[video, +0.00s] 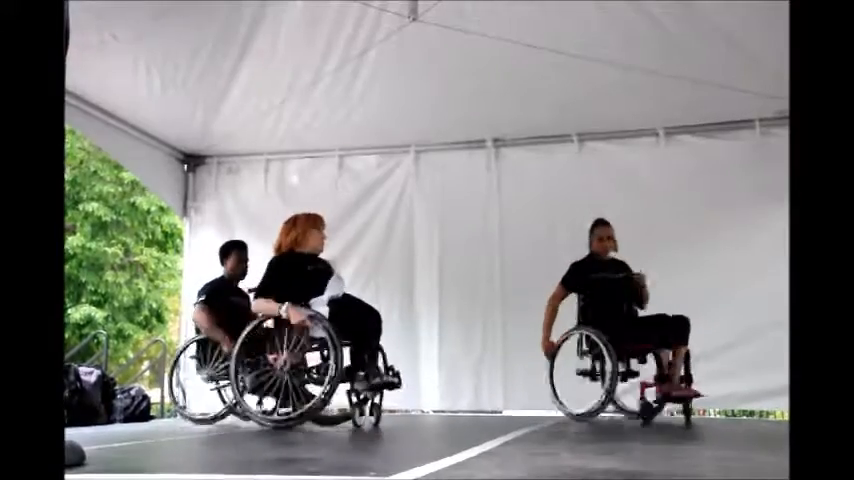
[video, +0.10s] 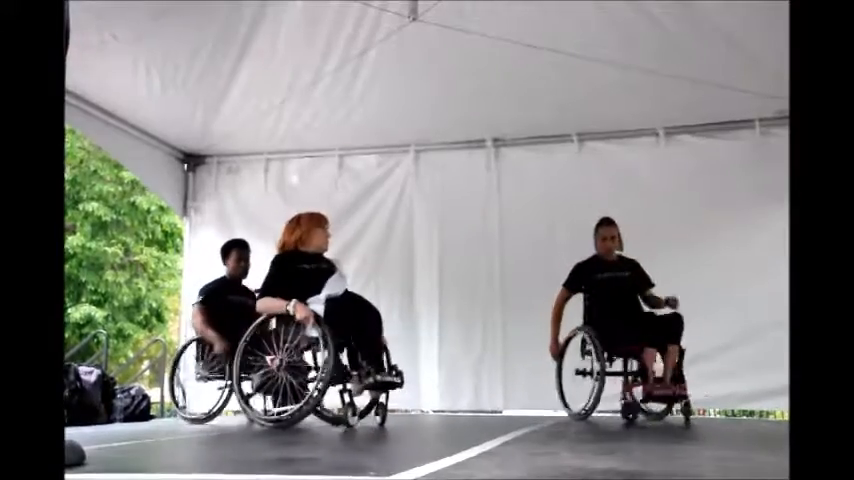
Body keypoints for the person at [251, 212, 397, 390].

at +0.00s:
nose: (324, 236)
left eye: (323, 231)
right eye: (319, 230)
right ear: (302, 234)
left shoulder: (322, 265)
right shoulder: (282, 263)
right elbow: (258, 304)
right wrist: (287, 309)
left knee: (371, 317)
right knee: (364, 321)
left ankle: (369, 370)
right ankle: (361, 373)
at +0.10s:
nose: (328, 235)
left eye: (327, 230)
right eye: (323, 229)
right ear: (306, 233)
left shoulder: (325, 263)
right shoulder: (285, 261)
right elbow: (262, 303)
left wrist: (375, 336)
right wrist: (292, 306)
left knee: (368, 314)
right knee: (356, 316)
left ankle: (373, 371)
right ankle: (363, 373)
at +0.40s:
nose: (338, 230)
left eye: (338, 226)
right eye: (334, 226)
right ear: (317, 228)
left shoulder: (342, 260)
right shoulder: (292, 256)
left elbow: (363, 295)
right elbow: (274, 298)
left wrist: (389, 327)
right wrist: (297, 304)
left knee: (369, 305)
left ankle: (380, 367)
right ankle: (369, 368)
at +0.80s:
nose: (354, 226)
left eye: (353, 222)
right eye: (349, 222)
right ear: (330, 224)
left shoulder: (354, 255)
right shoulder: (308, 250)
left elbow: (379, 287)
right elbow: (301, 292)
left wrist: (412, 316)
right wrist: (322, 304)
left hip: (369, 303)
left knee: (391, 307)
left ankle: (399, 363)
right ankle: (390, 364)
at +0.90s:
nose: (355, 224)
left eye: (354, 220)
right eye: (350, 219)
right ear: (332, 223)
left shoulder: (355, 255)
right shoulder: (310, 250)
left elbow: (382, 286)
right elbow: (303, 292)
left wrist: (416, 305)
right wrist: (325, 299)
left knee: (397, 306)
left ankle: (399, 363)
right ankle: (388, 365)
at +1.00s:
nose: (358, 222)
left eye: (357, 218)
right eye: (352, 218)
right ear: (334, 222)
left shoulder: (360, 255)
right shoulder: (313, 250)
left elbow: (396, 281)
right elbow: (306, 286)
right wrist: (329, 278)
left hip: (369, 303)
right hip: (332, 311)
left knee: (400, 304)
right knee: (381, 308)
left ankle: (406, 362)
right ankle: (388, 364)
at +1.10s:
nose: (356, 231)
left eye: (358, 226)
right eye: (351, 226)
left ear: (358, 226)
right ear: (332, 227)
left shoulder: (364, 255)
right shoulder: (315, 248)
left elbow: (408, 270)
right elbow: (308, 276)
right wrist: (326, 258)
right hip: (332, 311)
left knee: (401, 304)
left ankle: (409, 361)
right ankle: (394, 363)